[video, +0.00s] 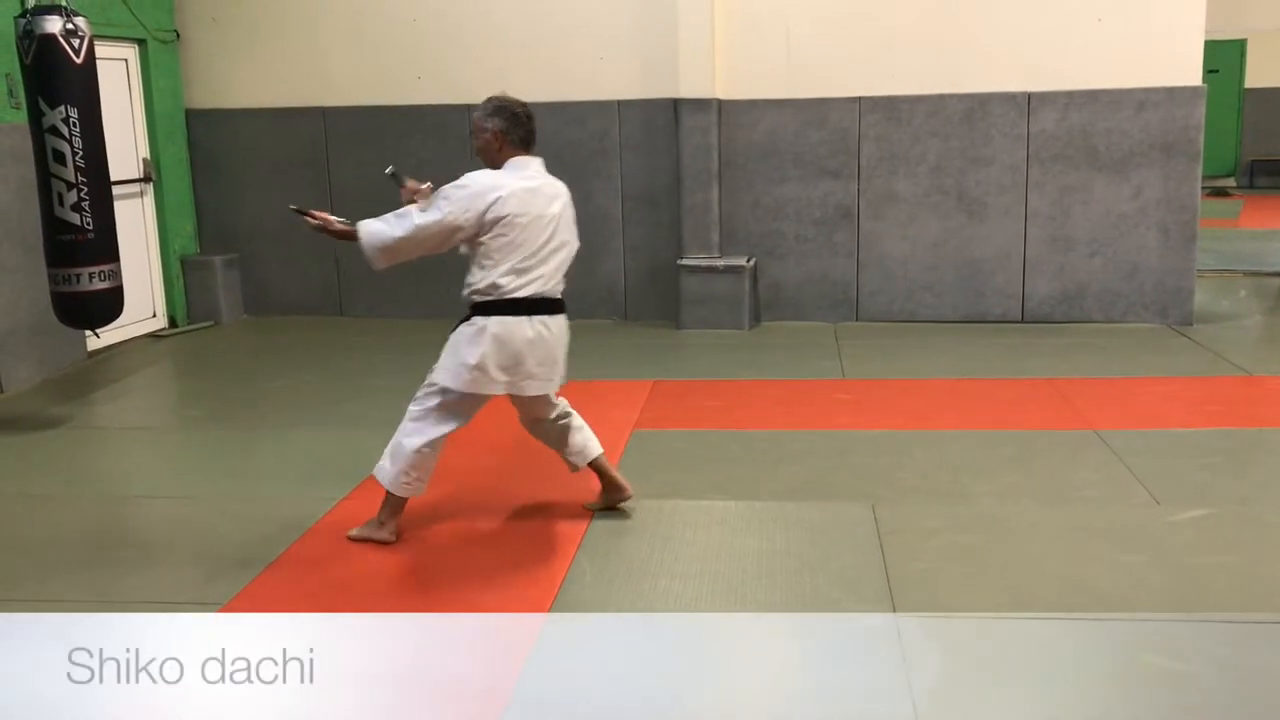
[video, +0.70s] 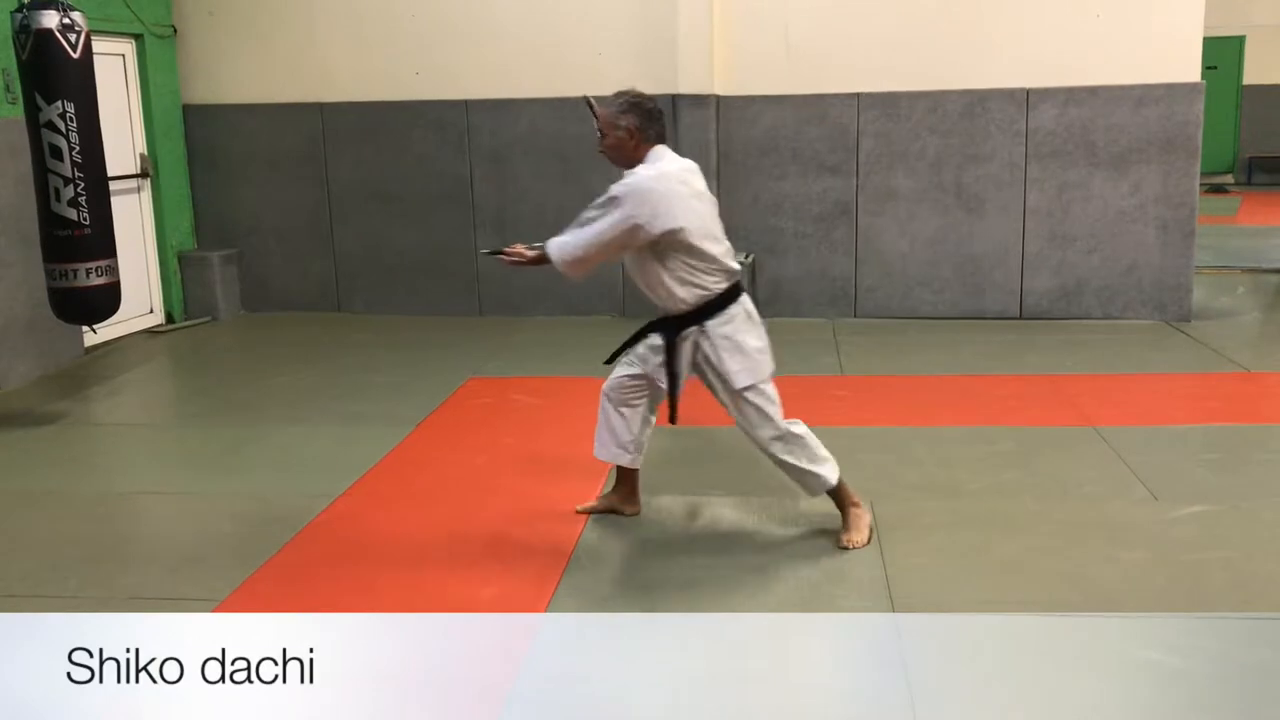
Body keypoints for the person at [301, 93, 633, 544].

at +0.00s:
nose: (474, 144)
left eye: (478, 134)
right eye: (474, 135)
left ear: (500, 135)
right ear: (523, 137)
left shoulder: (487, 188)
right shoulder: (558, 192)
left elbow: (426, 224)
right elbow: (495, 218)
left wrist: (352, 231)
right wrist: (435, 200)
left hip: (492, 329)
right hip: (548, 329)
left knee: (429, 414)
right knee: (543, 408)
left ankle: (387, 519)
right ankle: (613, 482)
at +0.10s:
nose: (503, 137)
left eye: (508, 128)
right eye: (502, 128)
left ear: (531, 127)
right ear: (545, 129)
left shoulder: (518, 179)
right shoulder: (586, 182)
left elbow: (459, 218)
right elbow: (516, 204)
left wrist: (385, 230)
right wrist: (466, 170)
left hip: (522, 318)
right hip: (576, 318)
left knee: (457, 407)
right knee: (561, 408)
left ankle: (399, 510)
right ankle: (617, 495)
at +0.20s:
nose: (522, 134)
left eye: (525, 125)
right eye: (520, 126)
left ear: (548, 125)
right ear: (566, 126)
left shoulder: (537, 176)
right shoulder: (604, 173)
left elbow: (478, 221)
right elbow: (541, 196)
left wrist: (411, 236)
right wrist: (505, 154)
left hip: (558, 319)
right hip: (608, 315)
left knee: (487, 402)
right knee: (585, 405)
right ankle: (616, 496)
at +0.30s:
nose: (531, 133)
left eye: (536, 123)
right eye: (530, 123)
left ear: (561, 124)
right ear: (580, 126)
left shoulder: (554, 176)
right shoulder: (617, 168)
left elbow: (499, 221)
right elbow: (564, 185)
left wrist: (433, 244)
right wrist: (531, 143)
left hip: (588, 320)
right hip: (634, 312)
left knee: (534, 413)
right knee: (602, 407)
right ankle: (618, 496)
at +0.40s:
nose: (541, 132)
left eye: (547, 122)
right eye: (541, 122)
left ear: (573, 124)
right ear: (587, 127)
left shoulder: (568, 177)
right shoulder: (629, 165)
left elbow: (512, 226)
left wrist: (453, 248)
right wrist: (554, 128)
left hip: (622, 320)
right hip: (656, 308)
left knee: (606, 436)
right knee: (612, 404)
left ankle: (696, 483)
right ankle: (621, 493)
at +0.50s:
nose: (558, 135)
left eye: (563, 127)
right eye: (559, 126)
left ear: (588, 129)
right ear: (603, 128)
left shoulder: (582, 182)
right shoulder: (647, 168)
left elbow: (529, 229)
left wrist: (474, 252)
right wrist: (575, 112)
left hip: (651, 316)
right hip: (658, 307)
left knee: (688, 426)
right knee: (614, 395)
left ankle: (790, 485)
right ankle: (619, 492)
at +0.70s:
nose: (599, 141)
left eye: (606, 133)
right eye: (599, 132)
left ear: (636, 137)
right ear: (638, 136)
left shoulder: (646, 189)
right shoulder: (668, 168)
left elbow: (588, 245)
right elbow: (600, 215)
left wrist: (543, 253)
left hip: (722, 319)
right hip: (681, 321)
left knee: (767, 425)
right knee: (622, 390)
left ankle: (850, 505)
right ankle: (624, 492)